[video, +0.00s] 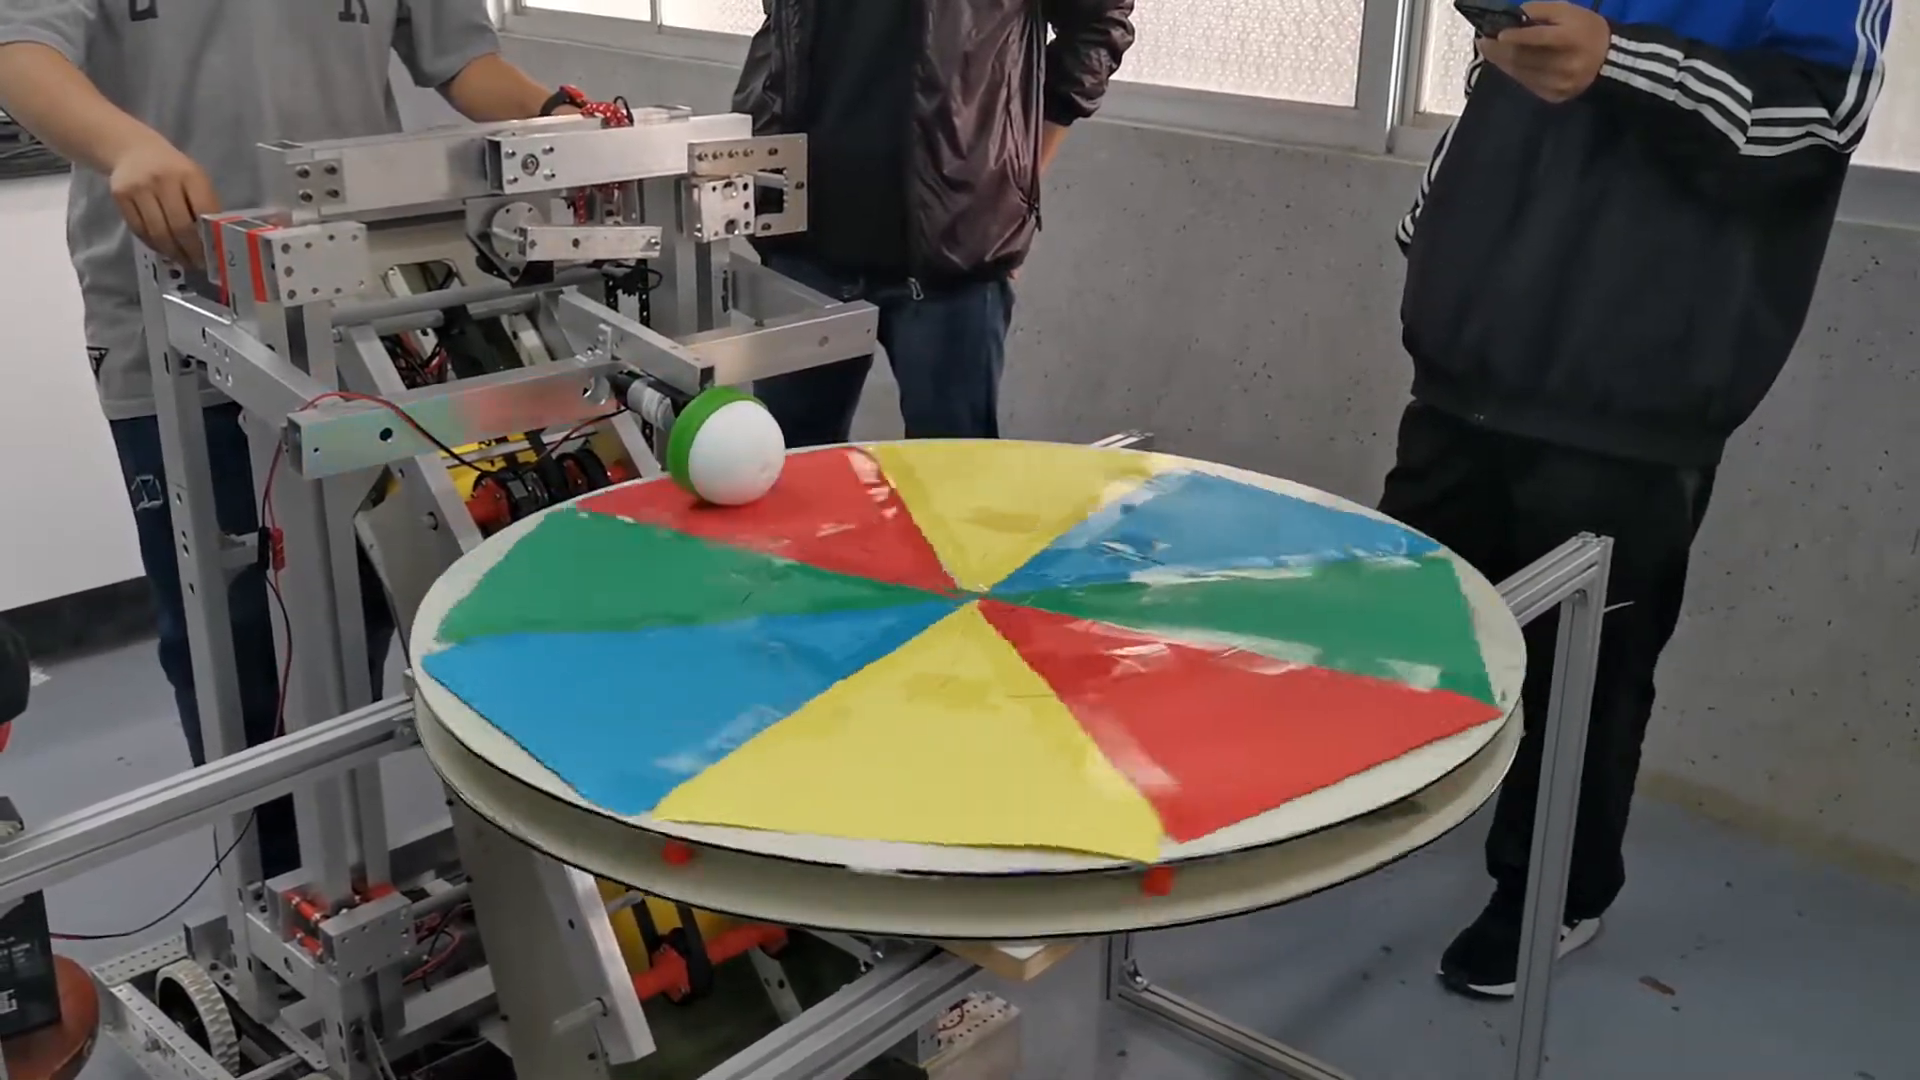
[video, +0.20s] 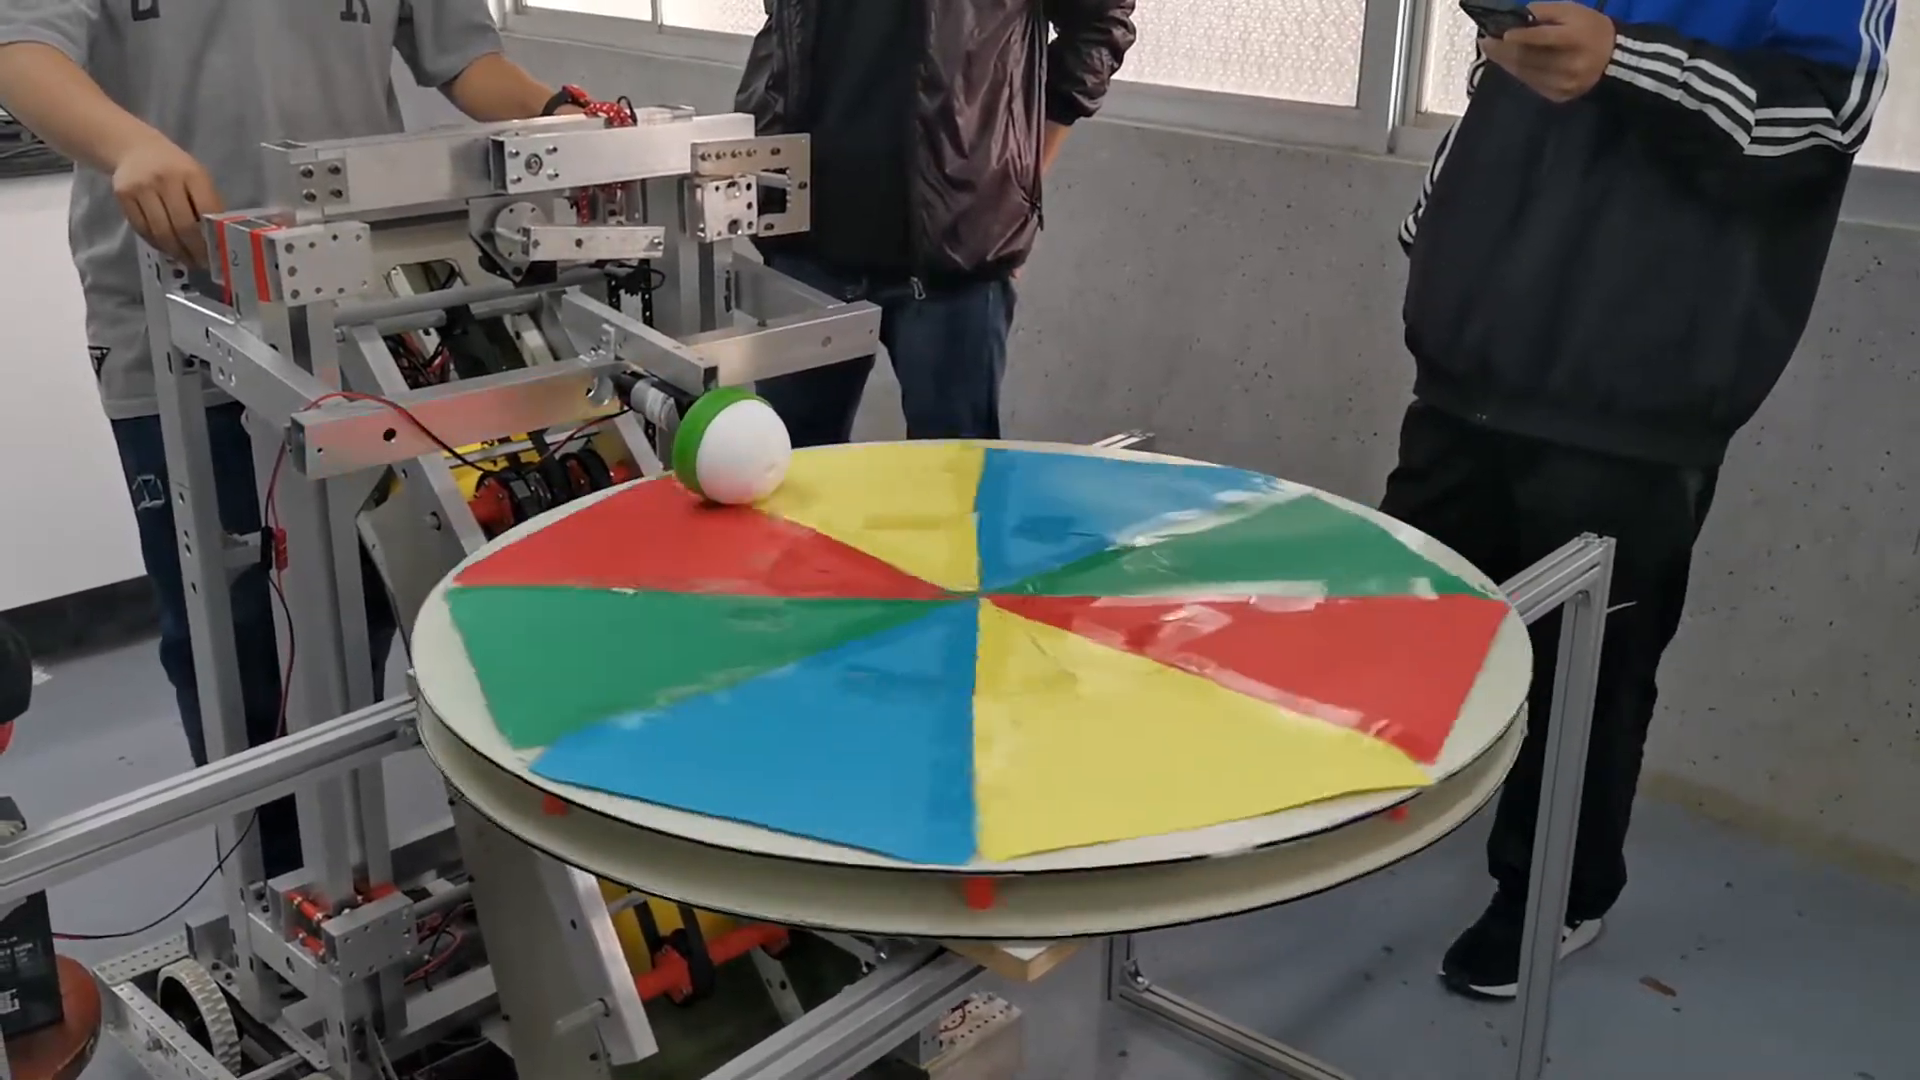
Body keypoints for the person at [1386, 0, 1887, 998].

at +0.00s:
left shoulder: (1826, 8)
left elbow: (1813, 124)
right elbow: (1506, 75)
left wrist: (1613, 57)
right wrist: (1424, 242)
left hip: (1649, 356)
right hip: (1484, 309)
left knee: (1587, 652)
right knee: (1413, 598)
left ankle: (1552, 890)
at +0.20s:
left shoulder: (1830, 8)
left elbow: (1818, 121)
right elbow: (1507, 50)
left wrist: (1617, 57)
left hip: (1653, 350)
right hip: (1489, 303)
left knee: (1589, 649)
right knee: (1415, 597)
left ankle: (1555, 890)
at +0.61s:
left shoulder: (1835, 9)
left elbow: (1826, 119)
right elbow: (1512, 57)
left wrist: (1624, 56)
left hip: (1657, 355)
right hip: (1492, 309)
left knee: (1592, 654)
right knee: (1414, 598)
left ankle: (1556, 892)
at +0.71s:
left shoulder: (1837, 9)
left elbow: (1827, 118)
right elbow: (1513, 66)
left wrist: (1626, 56)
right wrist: (1437, 234)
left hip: (1658, 355)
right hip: (1494, 308)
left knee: (1594, 652)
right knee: (1414, 596)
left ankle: (1557, 891)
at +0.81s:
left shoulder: (1839, 8)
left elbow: (1829, 118)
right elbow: (1514, 67)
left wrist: (1629, 56)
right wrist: (1437, 235)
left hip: (1660, 356)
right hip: (1495, 309)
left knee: (1596, 654)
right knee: (1417, 598)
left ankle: (1557, 891)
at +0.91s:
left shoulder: (1841, 8)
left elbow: (1831, 117)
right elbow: (1517, 65)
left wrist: (1631, 56)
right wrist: (1439, 235)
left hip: (1663, 353)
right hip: (1497, 305)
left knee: (1599, 651)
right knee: (1420, 600)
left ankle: (1558, 892)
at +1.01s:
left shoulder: (1842, 9)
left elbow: (1834, 117)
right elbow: (1516, 43)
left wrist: (1634, 56)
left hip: (1665, 351)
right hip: (1497, 302)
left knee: (1599, 651)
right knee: (1419, 601)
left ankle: (1559, 892)